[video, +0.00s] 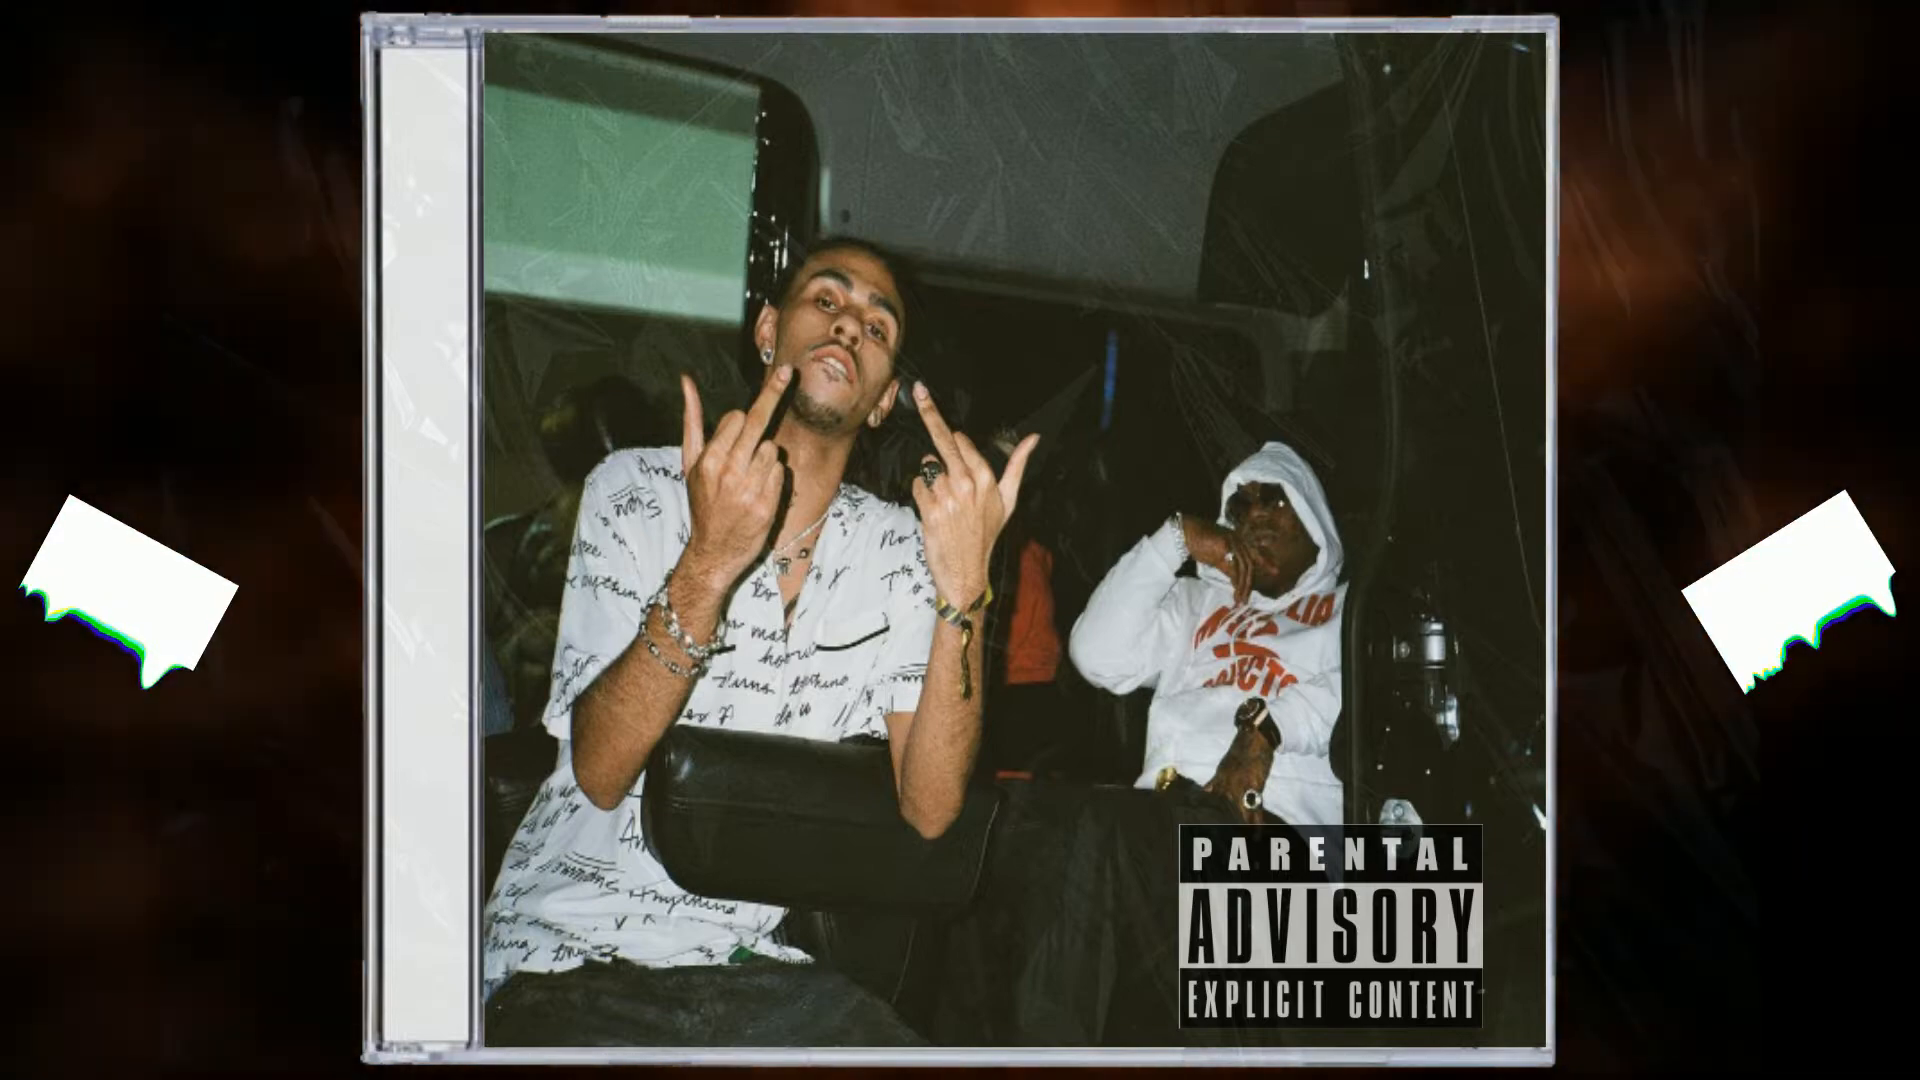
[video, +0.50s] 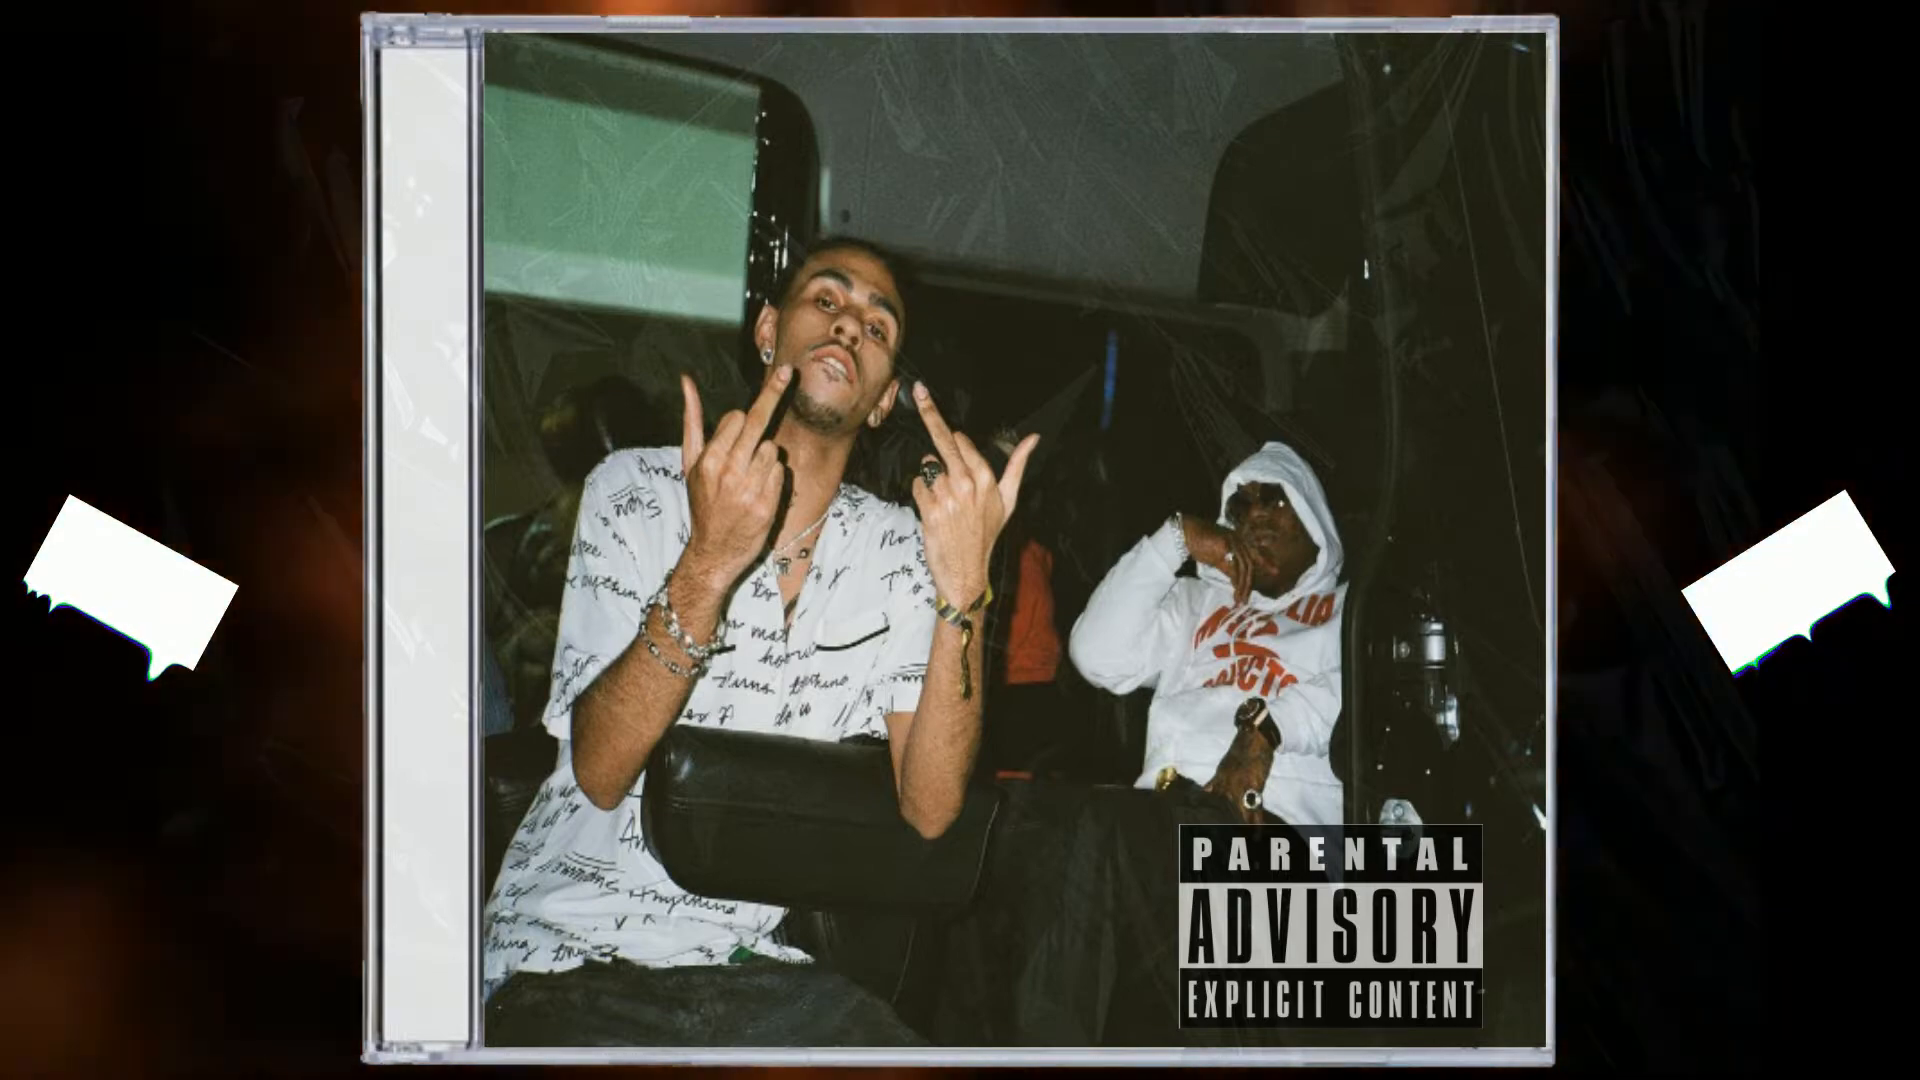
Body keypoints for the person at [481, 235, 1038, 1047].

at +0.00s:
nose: (852, 323)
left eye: (879, 323)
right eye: (826, 299)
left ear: (887, 395)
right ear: (766, 333)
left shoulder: (902, 550)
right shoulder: (638, 490)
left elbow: (931, 809)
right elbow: (601, 770)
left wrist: (966, 593)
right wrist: (709, 564)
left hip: (755, 957)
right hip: (571, 946)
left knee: (904, 1060)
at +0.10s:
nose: (852, 323)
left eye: (879, 323)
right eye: (826, 299)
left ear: (887, 395)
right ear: (766, 333)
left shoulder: (902, 550)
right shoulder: (638, 490)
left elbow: (931, 809)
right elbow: (601, 770)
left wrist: (966, 593)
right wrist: (709, 564)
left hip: (755, 957)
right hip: (571, 946)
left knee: (906, 1062)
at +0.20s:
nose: (852, 322)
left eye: (879, 323)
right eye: (827, 298)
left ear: (887, 396)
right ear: (766, 333)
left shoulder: (903, 550)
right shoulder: (638, 491)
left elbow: (931, 809)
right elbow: (601, 770)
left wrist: (966, 593)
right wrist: (710, 563)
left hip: (755, 957)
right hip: (571, 945)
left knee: (904, 1059)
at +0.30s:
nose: (852, 323)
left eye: (879, 323)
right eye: (827, 298)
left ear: (887, 396)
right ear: (766, 333)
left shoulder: (903, 550)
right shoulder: (638, 491)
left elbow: (931, 809)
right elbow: (601, 770)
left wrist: (966, 593)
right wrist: (710, 563)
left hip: (754, 955)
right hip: (571, 942)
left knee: (903, 1059)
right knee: (619, 1068)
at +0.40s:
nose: (852, 323)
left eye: (879, 324)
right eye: (826, 299)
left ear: (887, 395)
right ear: (766, 333)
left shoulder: (902, 550)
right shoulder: (638, 490)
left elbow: (931, 809)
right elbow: (601, 770)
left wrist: (965, 593)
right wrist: (709, 564)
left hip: (754, 957)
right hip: (570, 945)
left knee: (907, 1061)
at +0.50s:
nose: (852, 322)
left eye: (879, 323)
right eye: (827, 298)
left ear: (887, 396)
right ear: (766, 333)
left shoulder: (903, 551)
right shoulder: (638, 491)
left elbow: (931, 809)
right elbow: (601, 770)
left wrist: (966, 593)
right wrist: (710, 563)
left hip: (754, 956)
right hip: (570, 944)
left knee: (904, 1060)